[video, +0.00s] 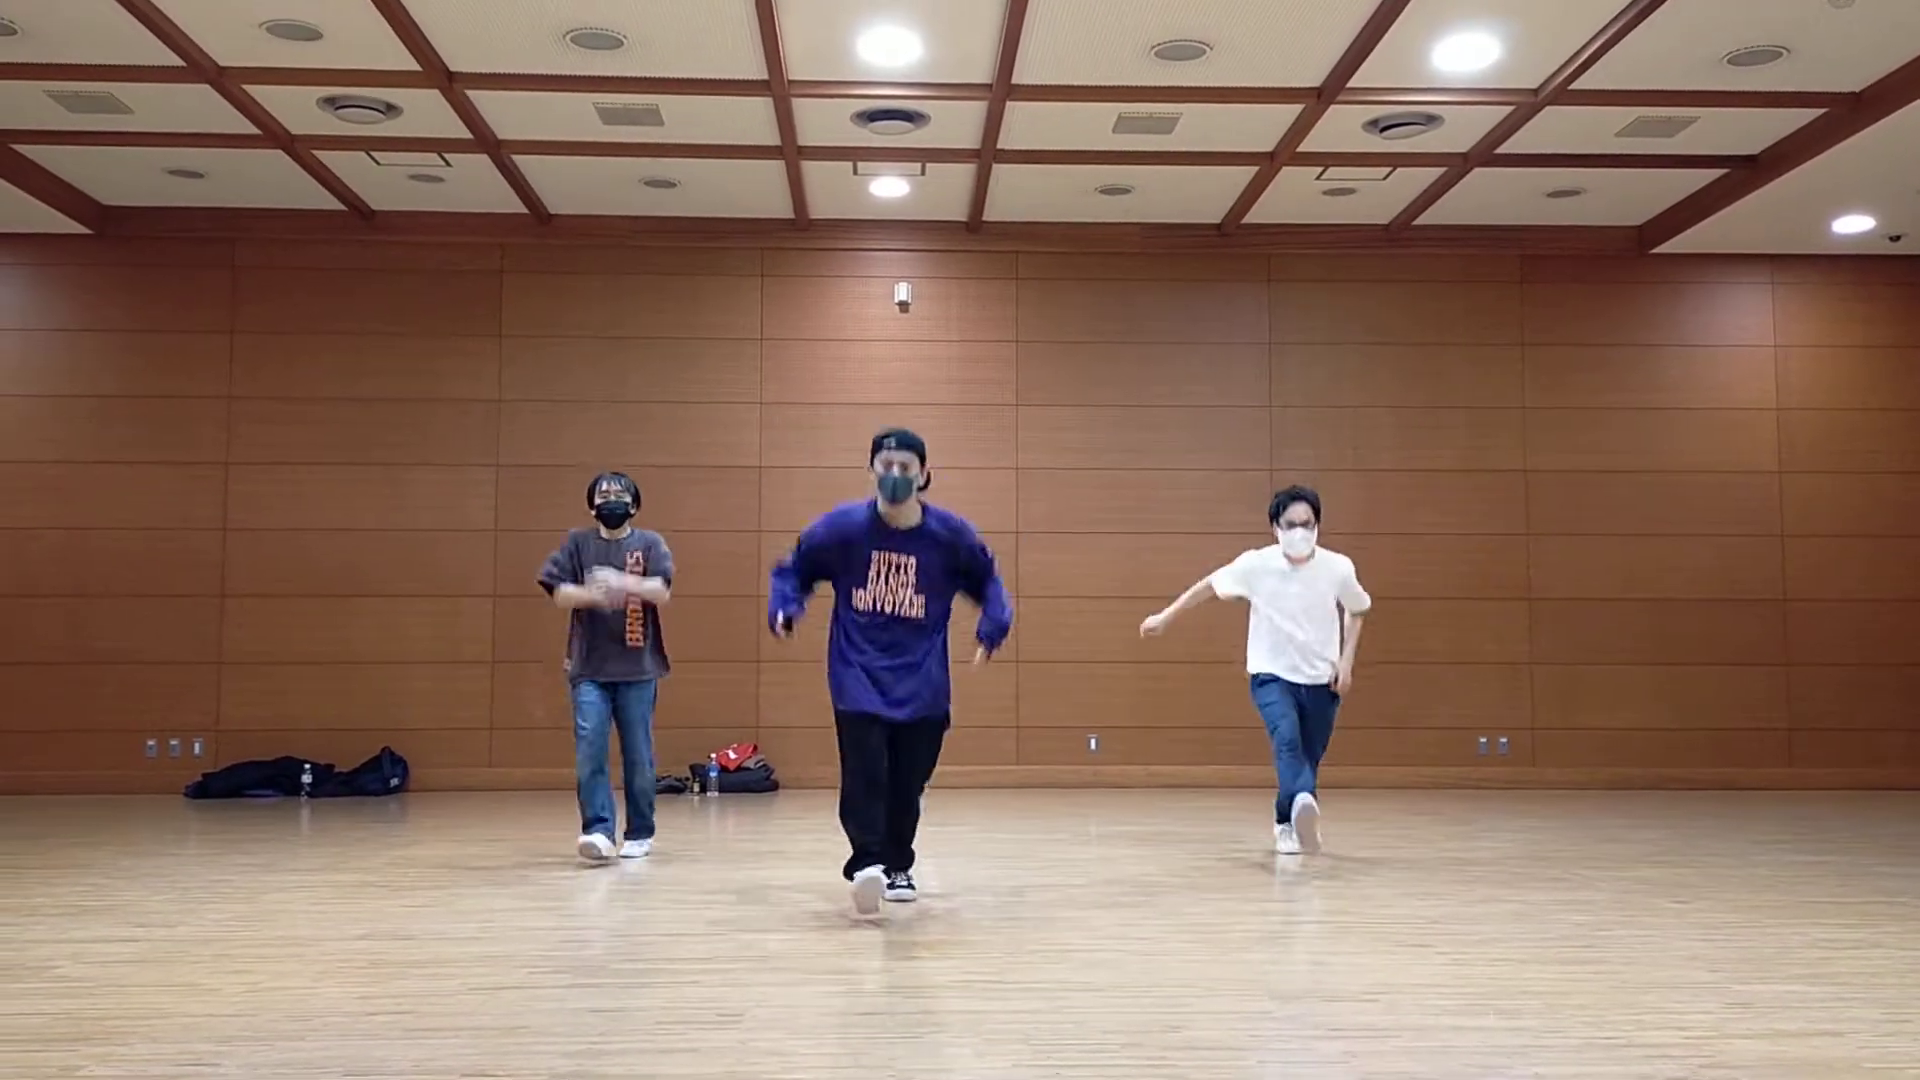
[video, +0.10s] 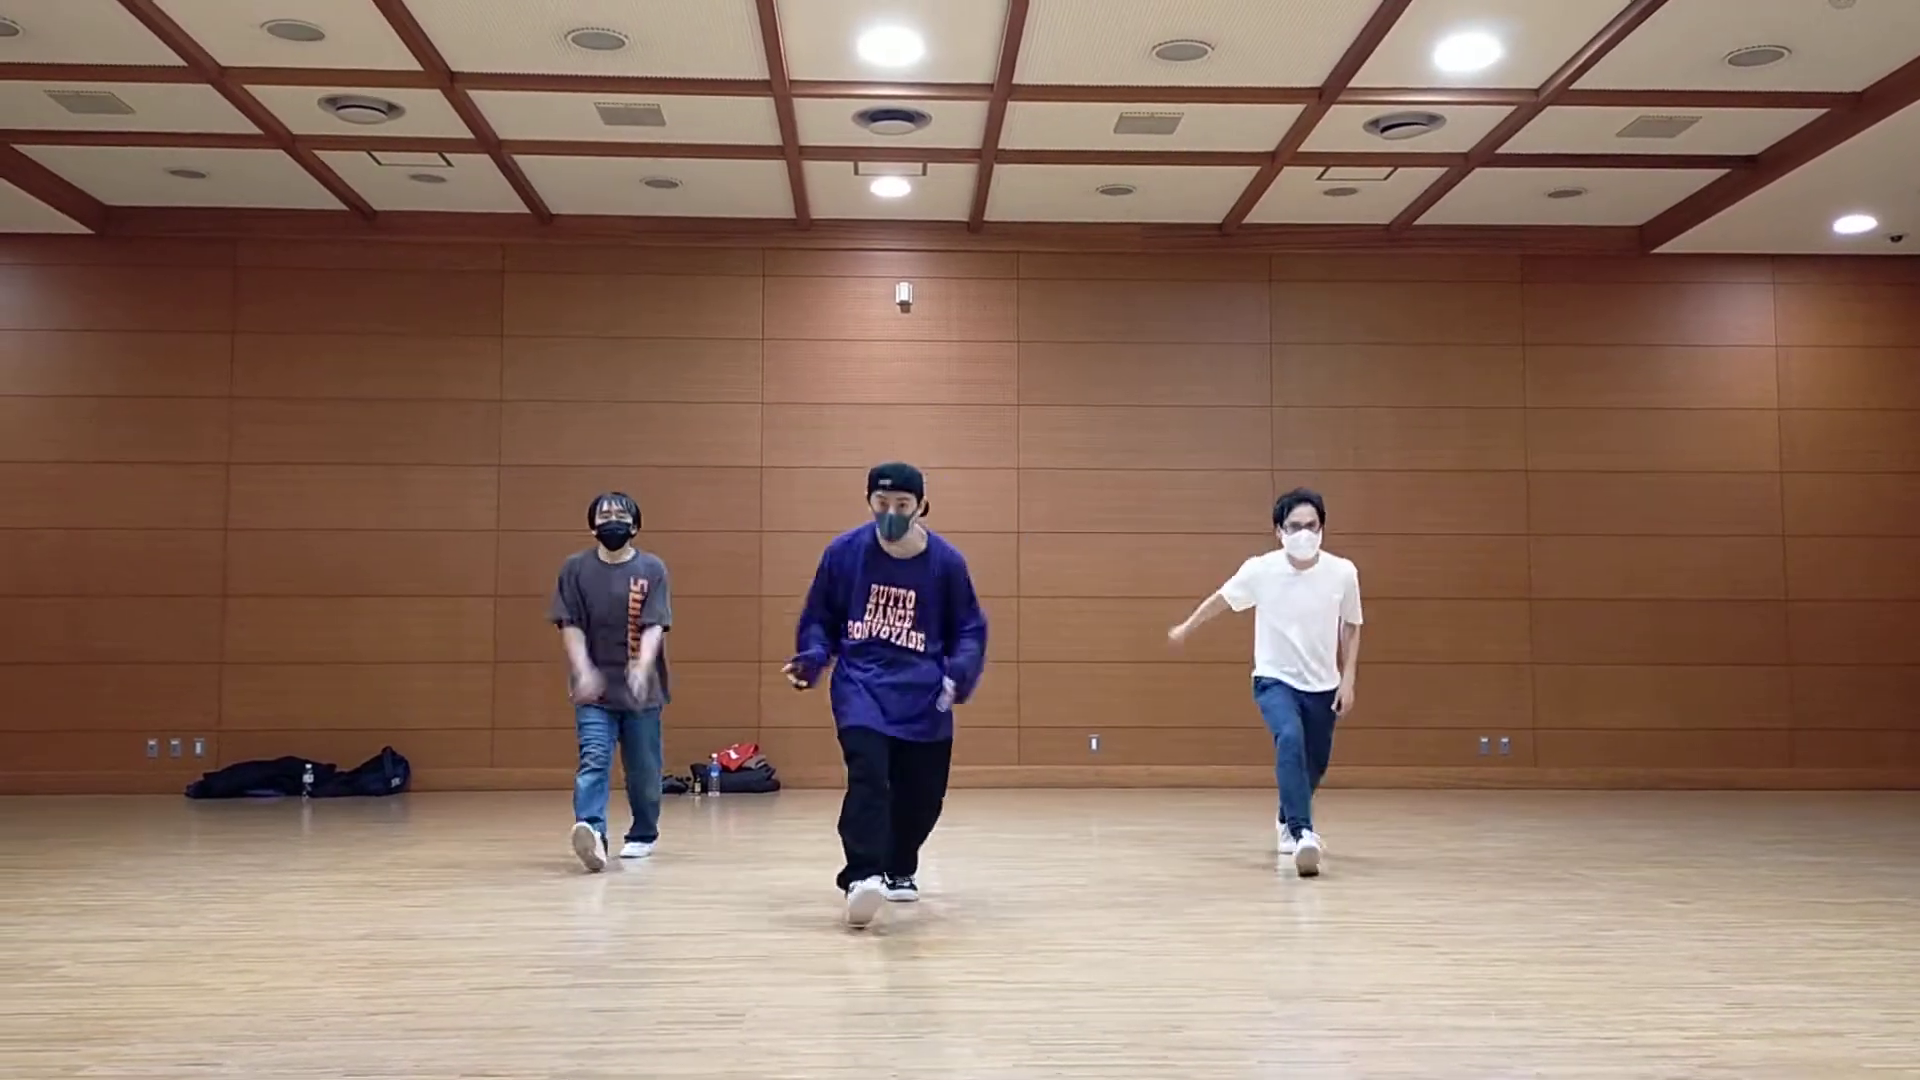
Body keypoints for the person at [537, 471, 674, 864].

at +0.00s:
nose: (611, 501)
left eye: (619, 495)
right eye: (604, 495)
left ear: (632, 503)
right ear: (593, 504)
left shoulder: (650, 543)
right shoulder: (577, 542)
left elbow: (661, 590)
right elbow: (556, 591)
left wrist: (623, 583)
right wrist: (594, 596)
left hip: (637, 669)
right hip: (589, 669)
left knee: (638, 754)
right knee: (590, 748)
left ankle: (639, 835)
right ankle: (598, 832)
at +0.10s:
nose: (612, 525)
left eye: (620, 519)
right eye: (605, 519)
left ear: (633, 524)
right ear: (594, 525)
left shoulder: (651, 569)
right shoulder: (575, 568)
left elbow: (654, 625)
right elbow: (569, 626)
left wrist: (642, 668)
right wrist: (584, 671)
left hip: (639, 679)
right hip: (594, 678)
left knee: (643, 767)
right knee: (594, 758)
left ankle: (642, 838)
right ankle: (591, 835)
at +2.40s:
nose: (730, 493)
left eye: (739, 486)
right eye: (722, 486)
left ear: (752, 493)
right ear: (709, 495)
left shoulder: (773, 537)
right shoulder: (692, 538)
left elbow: (823, 558)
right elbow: (671, 591)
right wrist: (704, 558)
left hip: (759, 675)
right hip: (709, 676)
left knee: (748, 767)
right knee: (717, 771)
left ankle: (727, 856)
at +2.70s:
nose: (755, 516)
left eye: (763, 508)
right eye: (747, 510)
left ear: (779, 516)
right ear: (737, 520)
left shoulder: (798, 563)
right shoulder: (730, 569)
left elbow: (812, 625)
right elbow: (730, 626)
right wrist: (728, 671)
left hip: (797, 689)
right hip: (755, 692)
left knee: (796, 772)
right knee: (783, 781)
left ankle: (847, 853)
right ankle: (835, 850)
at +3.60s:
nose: (632, 523)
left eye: (640, 517)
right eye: (624, 517)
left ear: (653, 525)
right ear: (611, 524)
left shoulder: (666, 574)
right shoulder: (588, 567)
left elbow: (677, 626)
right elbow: (564, 625)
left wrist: (667, 662)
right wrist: (582, 672)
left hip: (637, 700)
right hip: (595, 695)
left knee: (619, 784)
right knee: (602, 764)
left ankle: (583, 852)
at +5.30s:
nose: (623, 536)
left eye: (632, 529)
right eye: (616, 529)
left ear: (649, 533)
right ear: (607, 533)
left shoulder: (665, 576)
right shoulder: (608, 566)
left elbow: (671, 635)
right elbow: (599, 597)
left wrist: (627, 652)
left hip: (676, 696)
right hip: (631, 696)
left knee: (705, 767)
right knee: (608, 765)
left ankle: (764, 835)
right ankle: (622, 865)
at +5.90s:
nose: (580, 503)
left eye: (587, 496)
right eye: (570, 497)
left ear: (598, 504)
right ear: (555, 505)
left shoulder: (591, 549)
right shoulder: (540, 547)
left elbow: (578, 600)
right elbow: (532, 603)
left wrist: (599, 631)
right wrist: (588, 602)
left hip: (570, 680)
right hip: (528, 682)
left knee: (584, 761)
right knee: (504, 770)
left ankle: (552, 848)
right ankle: (462, 861)